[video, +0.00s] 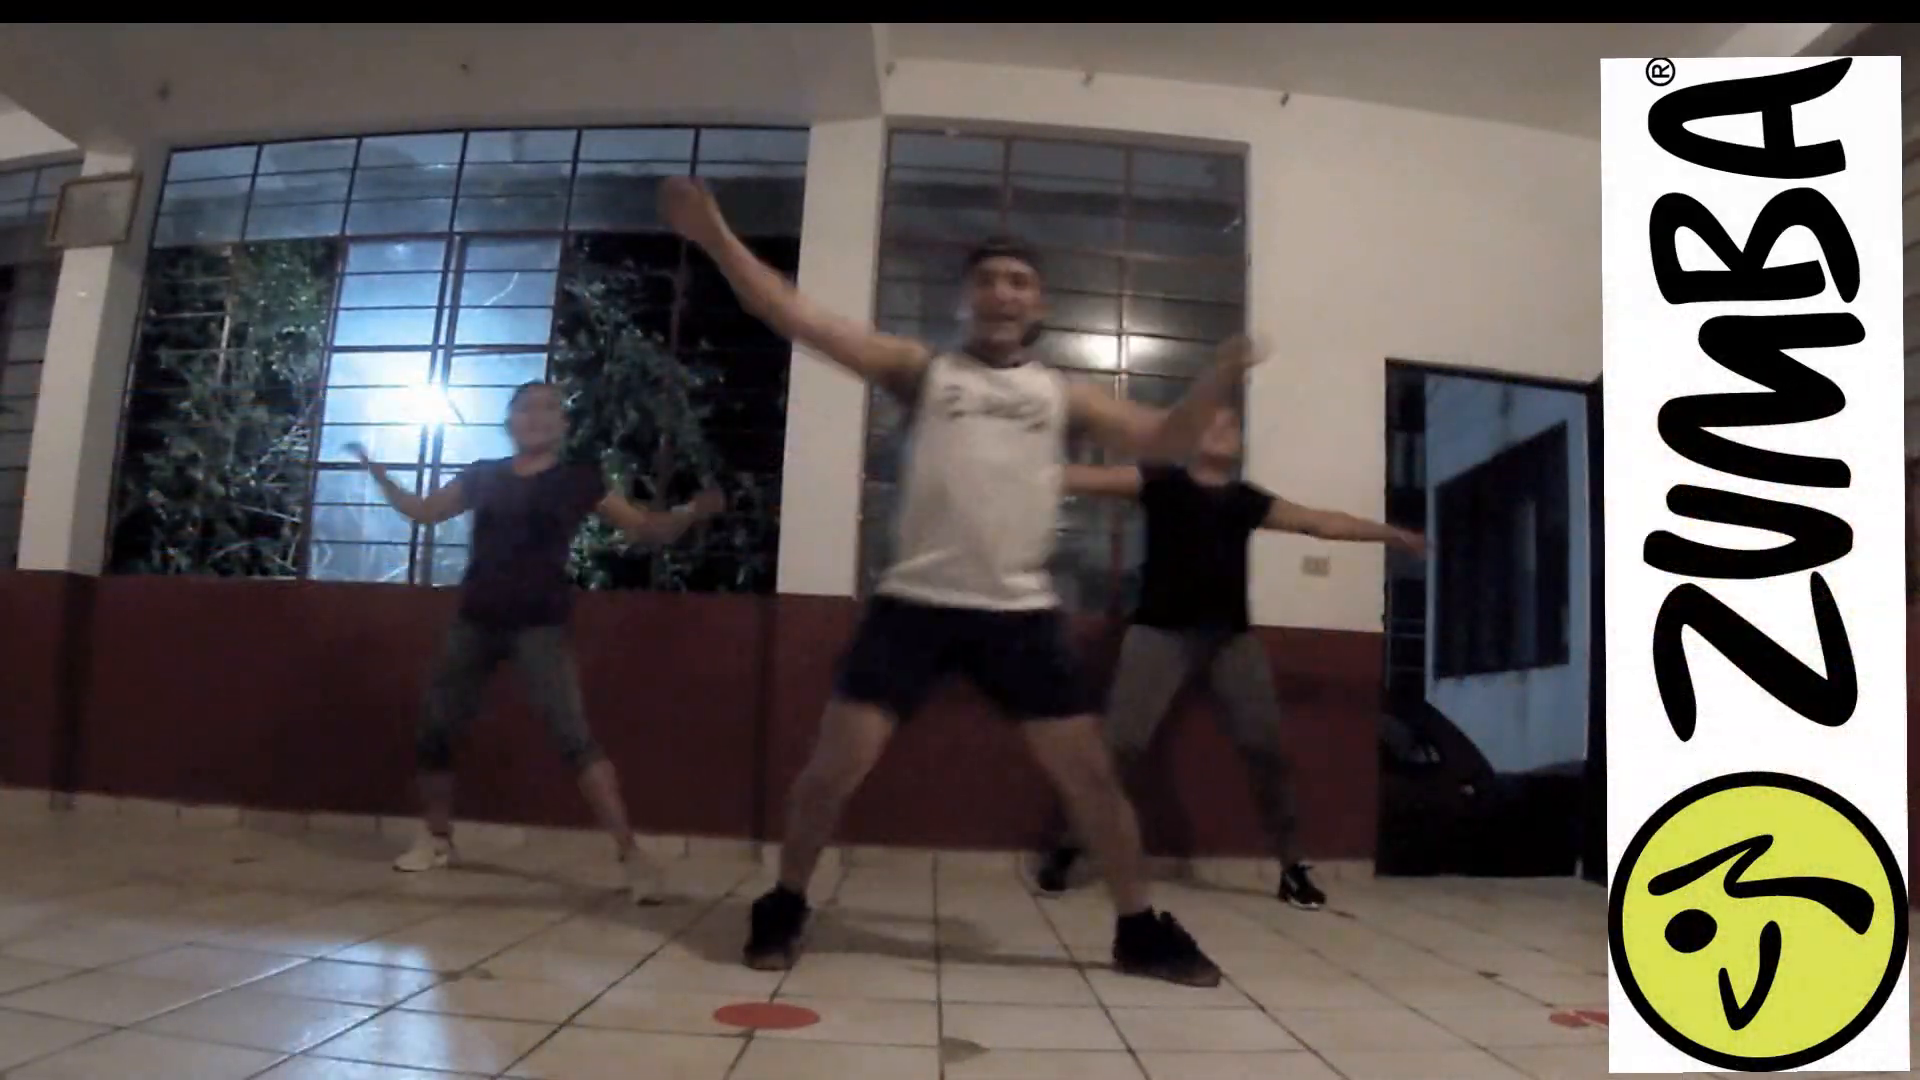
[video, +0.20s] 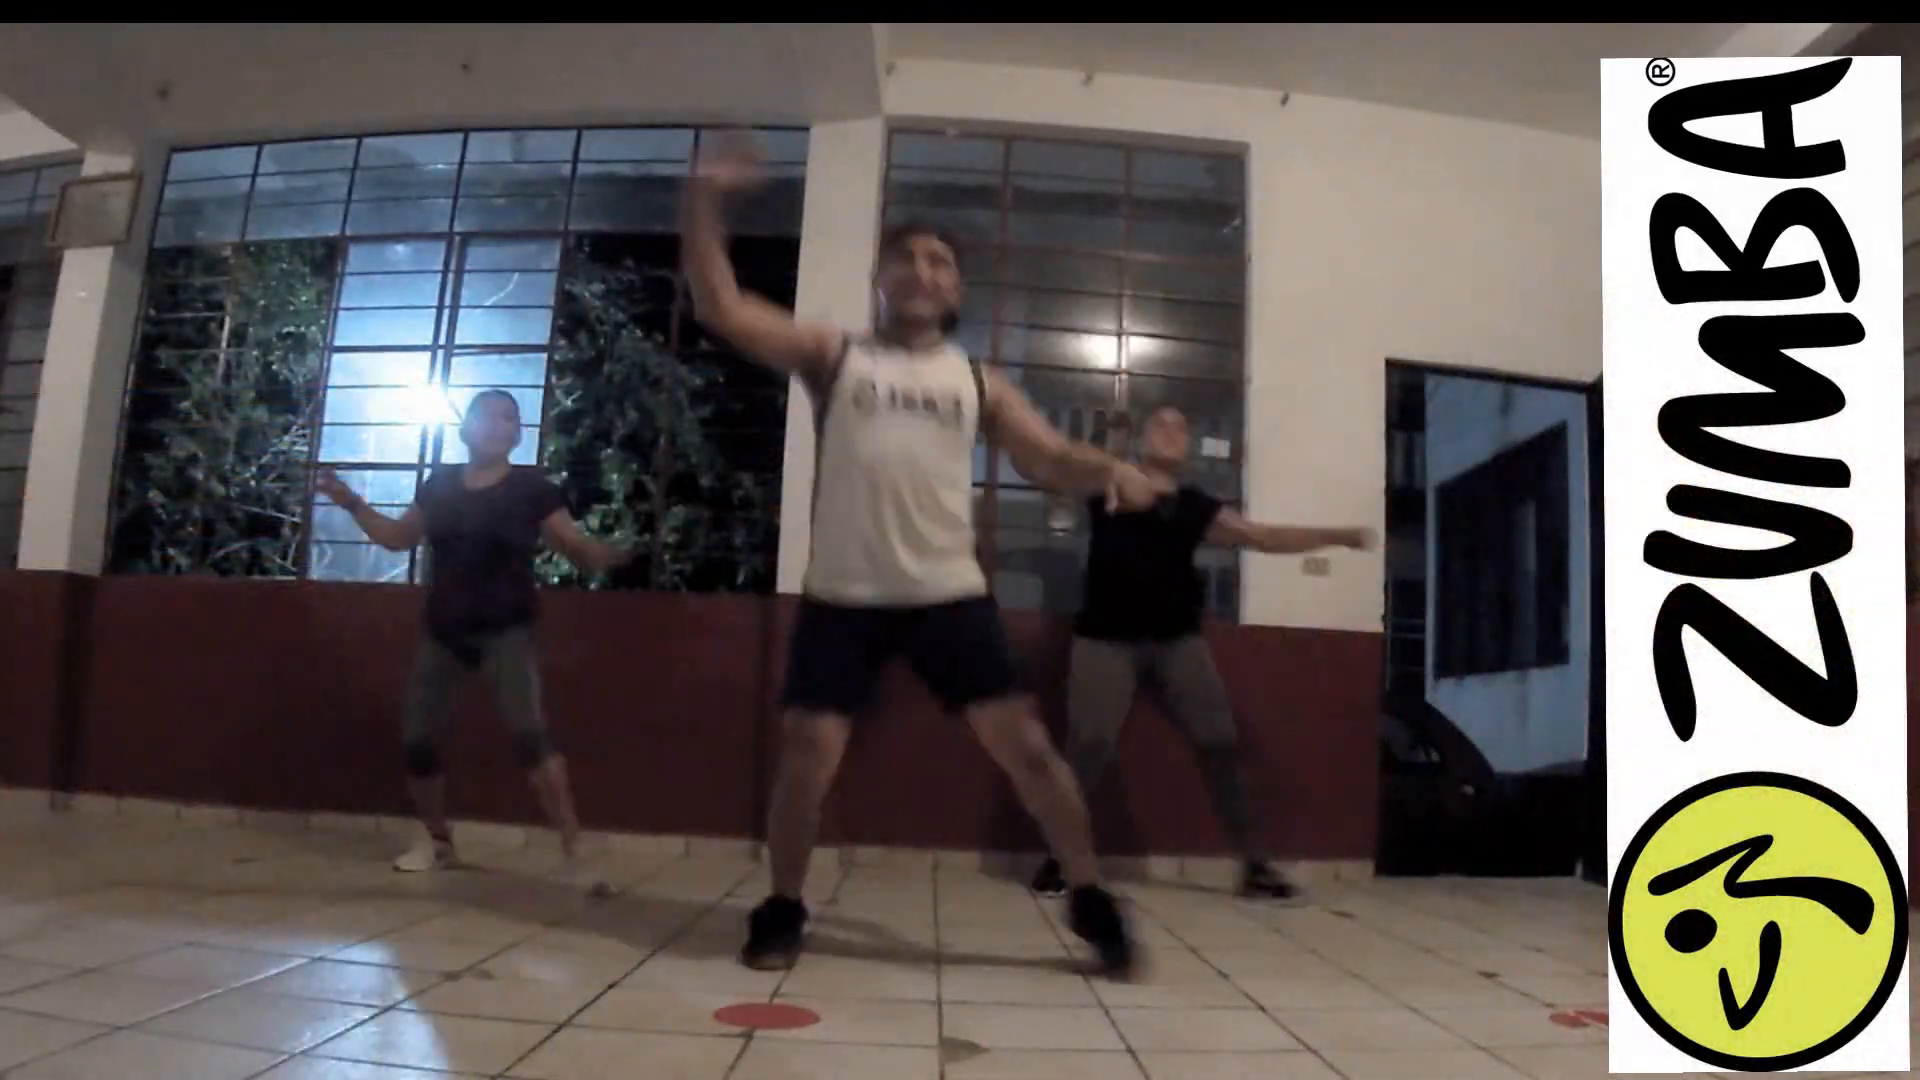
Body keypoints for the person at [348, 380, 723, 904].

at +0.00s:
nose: (534, 417)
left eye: (545, 408)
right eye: (525, 407)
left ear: (563, 422)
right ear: (510, 419)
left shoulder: (578, 479)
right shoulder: (486, 476)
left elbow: (643, 527)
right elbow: (423, 511)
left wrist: (692, 513)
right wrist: (378, 476)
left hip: (540, 622)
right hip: (478, 618)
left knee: (572, 734)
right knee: (436, 724)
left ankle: (629, 853)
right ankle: (437, 842)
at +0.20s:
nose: (494, 427)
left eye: (504, 420)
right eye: (485, 417)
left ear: (518, 433)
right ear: (466, 427)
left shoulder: (531, 489)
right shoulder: (441, 487)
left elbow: (581, 550)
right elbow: (397, 537)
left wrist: (612, 554)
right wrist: (350, 502)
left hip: (507, 629)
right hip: (444, 629)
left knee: (529, 736)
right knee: (418, 741)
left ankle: (573, 850)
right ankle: (437, 841)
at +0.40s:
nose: (485, 408)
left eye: (494, 400)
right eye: (475, 398)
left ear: (506, 410)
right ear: (457, 406)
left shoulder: (524, 464)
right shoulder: (430, 467)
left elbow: (582, 516)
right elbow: (393, 520)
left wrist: (524, 534)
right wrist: (378, 504)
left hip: (500, 609)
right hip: (441, 608)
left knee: (479, 722)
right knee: (431, 726)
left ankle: (495, 835)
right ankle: (440, 840)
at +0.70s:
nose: (491, 424)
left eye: (499, 416)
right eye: (481, 414)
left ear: (509, 426)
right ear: (461, 421)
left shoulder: (522, 483)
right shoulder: (429, 483)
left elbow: (563, 525)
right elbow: (406, 542)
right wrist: (406, 582)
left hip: (497, 618)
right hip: (436, 616)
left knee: (487, 716)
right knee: (420, 730)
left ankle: (519, 838)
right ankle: (438, 839)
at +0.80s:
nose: (493, 414)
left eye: (502, 406)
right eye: (484, 404)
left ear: (515, 418)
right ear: (466, 413)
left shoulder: (527, 469)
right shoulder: (437, 475)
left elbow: (587, 453)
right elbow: (418, 538)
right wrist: (415, 579)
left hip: (504, 613)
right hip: (442, 612)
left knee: (515, 720)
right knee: (432, 725)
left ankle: (552, 845)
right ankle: (438, 841)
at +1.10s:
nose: (538, 406)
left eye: (547, 400)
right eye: (527, 399)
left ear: (557, 416)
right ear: (504, 415)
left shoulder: (575, 461)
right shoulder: (479, 489)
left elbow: (618, 390)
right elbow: (455, 557)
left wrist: (623, 307)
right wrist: (443, 554)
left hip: (548, 617)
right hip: (479, 616)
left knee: (550, 739)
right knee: (435, 727)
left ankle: (582, 866)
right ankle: (442, 814)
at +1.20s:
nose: (537, 404)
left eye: (548, 397)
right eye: (526, 397)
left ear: (565, 412)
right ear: (508, 413)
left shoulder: (582, 461)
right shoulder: (487, 477)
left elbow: (640, 400)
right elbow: (420, 507)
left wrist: (627, 319)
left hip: (548, 618)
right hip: (481, 614)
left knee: (549, 738)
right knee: (416, 720)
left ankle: (581, 868)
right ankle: (438, 821)